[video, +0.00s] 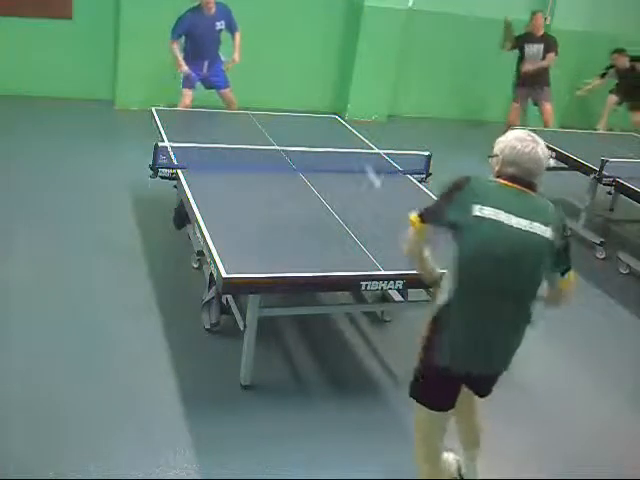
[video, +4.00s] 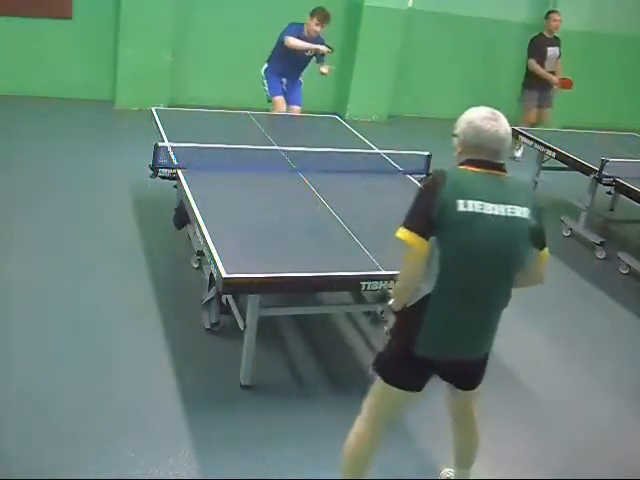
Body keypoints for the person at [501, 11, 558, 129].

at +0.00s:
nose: (537, 23)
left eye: (539, 21)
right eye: (535, 20)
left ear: (543, 22)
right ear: (531, 22)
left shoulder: (550, 40)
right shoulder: (523, 38)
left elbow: (549, 61)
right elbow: (507, 46)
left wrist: (532, 67)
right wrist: (508, 30)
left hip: (541, 83)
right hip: (523, 81)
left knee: (546, 111)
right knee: (515, 110)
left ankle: (549, 135)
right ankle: (511, 136)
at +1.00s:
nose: (533, 32)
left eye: (536, 29)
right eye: (531, 28)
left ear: (538, 32)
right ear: (524, 29)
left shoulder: (536, 48)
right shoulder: (512, 45)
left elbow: (538, 68)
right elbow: (496, 61)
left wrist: (540, 87)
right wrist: (511, 72)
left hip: (523, 86)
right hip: (506, 85)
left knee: (533, 117)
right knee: (496, 114)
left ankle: (523, 141)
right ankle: (474, 138)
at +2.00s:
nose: (521, 16)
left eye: (523, 13)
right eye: (518, 12)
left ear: (524, 16)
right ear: (510, 13)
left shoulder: (521, 34)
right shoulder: (498, 31)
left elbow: (520, 56)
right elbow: (488, 51)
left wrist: (519, 75)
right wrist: (494, 71)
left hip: (511, 75)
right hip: (495, 73)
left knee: (511, 105)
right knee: (486, 104)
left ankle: (508, 136)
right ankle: (476, 130)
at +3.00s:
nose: (542, 20)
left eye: (543, 17)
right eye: (539, 17)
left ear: (544, 20)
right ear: (532, 17)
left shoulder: (543, 37)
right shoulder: (519, 34)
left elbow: (543, 59)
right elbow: (510, 56)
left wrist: (540, 80)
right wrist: (509, 77)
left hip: (531, 81)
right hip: (515, 79)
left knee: (524, 110)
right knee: (500, 106)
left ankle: (510, 136)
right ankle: (484, 130)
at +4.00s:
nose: (557, 24)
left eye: (559, 21)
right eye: (554, 21)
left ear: (560, 23)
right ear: (546, 22)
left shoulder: (556, 41)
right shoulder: (536, 40)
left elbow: (557, 62)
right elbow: (531, 64)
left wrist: (558, 79)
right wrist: (551, 78)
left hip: (547, 84)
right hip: (532, 84)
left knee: (544, 117)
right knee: (530, 118)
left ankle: (540, 148)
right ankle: (519, 145)